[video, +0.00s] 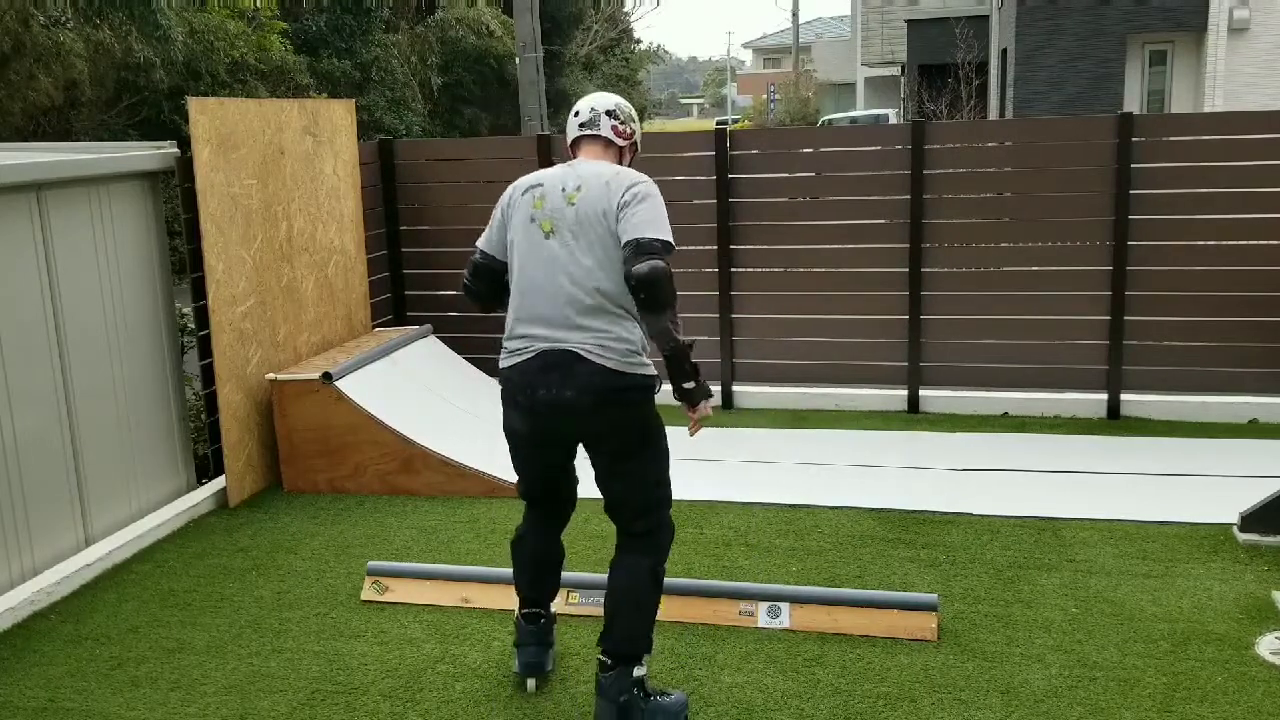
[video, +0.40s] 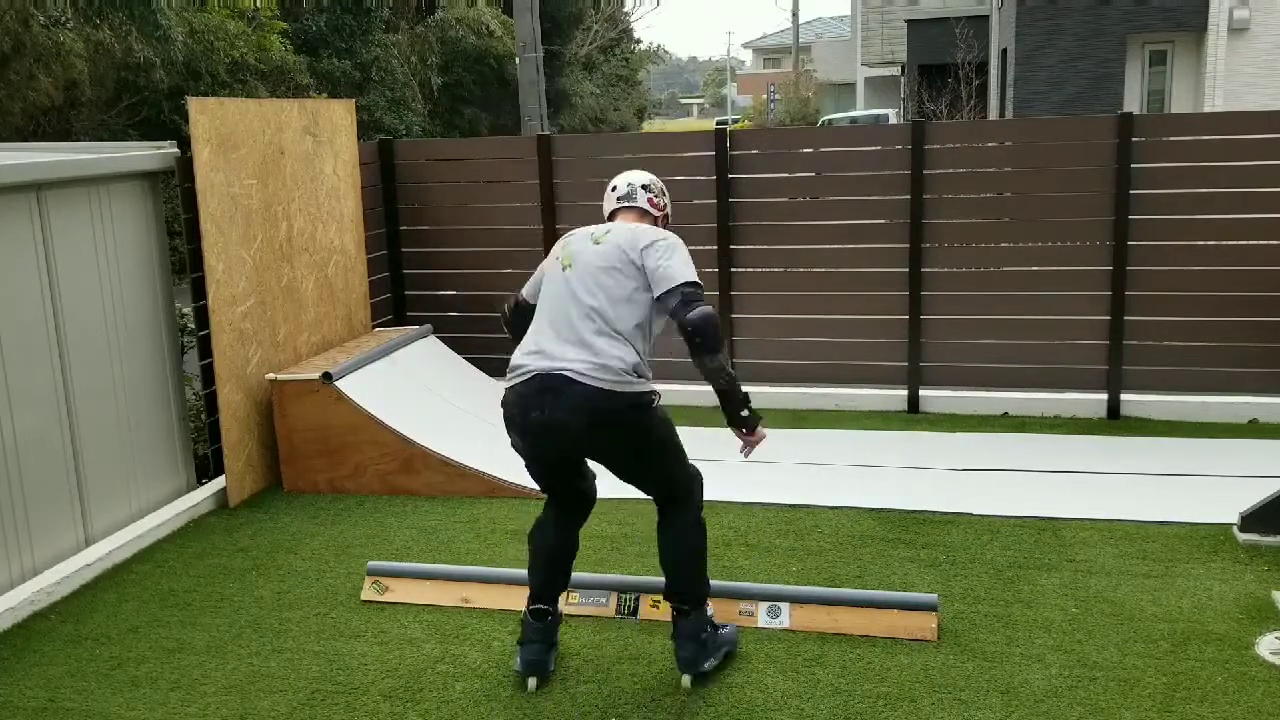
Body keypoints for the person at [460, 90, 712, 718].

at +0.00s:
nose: (632, 151)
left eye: (629, 143)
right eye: (632, 143)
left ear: (569, 140)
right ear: (624, 140)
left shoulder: (521, 189)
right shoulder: (632, 185)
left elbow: (481, 284)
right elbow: (648, 276)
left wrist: (549, 290)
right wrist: (685, 374)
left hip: (526, 377)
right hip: (610, 378)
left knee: (543, 507)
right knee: (644, 526)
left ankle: (532, 646)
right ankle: (620, 683)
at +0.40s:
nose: (663, 214)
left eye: (660, 209)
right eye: (662, 208)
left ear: (609, 208)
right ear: (657, 207)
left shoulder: (567, 243)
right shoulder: (658, 241)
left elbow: (519, 312)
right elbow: (698, 321)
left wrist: (546, 369)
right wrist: (736, 407)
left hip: (527, 394)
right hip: (608, 397)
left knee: (568, 496)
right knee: (679, 490)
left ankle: (536, 637)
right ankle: (693, 634)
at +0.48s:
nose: (662, 221)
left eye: (657, 213)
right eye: (660, 213)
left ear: (604, 219)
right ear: (654, 214)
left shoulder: (568, 252)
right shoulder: (667, 250)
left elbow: (501, 316)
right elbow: (727, 333)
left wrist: (473, 374)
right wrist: (755, 381)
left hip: (542, 403)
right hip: (624, 402)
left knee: (573, 499)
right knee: (690, 493)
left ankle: (538, 640)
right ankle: (693, 637)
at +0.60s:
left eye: (563, 177)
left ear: (568, 175)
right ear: (621, 165)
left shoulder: (554, 210)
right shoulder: (663, 206)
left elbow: (495, 261)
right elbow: (724, 261)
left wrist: (433, 318)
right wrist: (725, 262)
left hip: (579, 381)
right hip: (663, 377)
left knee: (573, 503)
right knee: (691, 493)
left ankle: (541, 636)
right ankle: (692, 630)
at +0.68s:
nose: (541, 152)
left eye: (538, 144)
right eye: (539, 146)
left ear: (548, 136)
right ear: (593, 121)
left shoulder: (560, 163)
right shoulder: (653, 158)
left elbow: (534, 206)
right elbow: (709, 195)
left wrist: (445, 263)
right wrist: (676, 171)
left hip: (604, 341)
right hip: (680, 333)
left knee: (575, 481)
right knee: (675, 471)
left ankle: (555, 623)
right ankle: (695, 605)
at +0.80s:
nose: (529, 143)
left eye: (524, 130)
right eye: (522, 133)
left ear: (543, 114)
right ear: (567, 101)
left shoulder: (587, 134)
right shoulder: (626, 121)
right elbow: (682, 124)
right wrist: (672, 121)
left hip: (664, 305)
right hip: (637, 300)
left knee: (595, 441)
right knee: (575, 405)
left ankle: (689, 552)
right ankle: (673, 513)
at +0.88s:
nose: (527, 145)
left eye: (525, 133)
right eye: (522, 136)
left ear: (545, 119)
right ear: (561, 109)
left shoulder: (600, 144)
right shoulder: (607, 123)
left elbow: (614, 200)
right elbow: (659, 129)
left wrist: (511, 222)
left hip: (676, 305)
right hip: (628, 304)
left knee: (652, 443)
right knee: (574, 402)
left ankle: (730, 531)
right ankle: (624, 515)